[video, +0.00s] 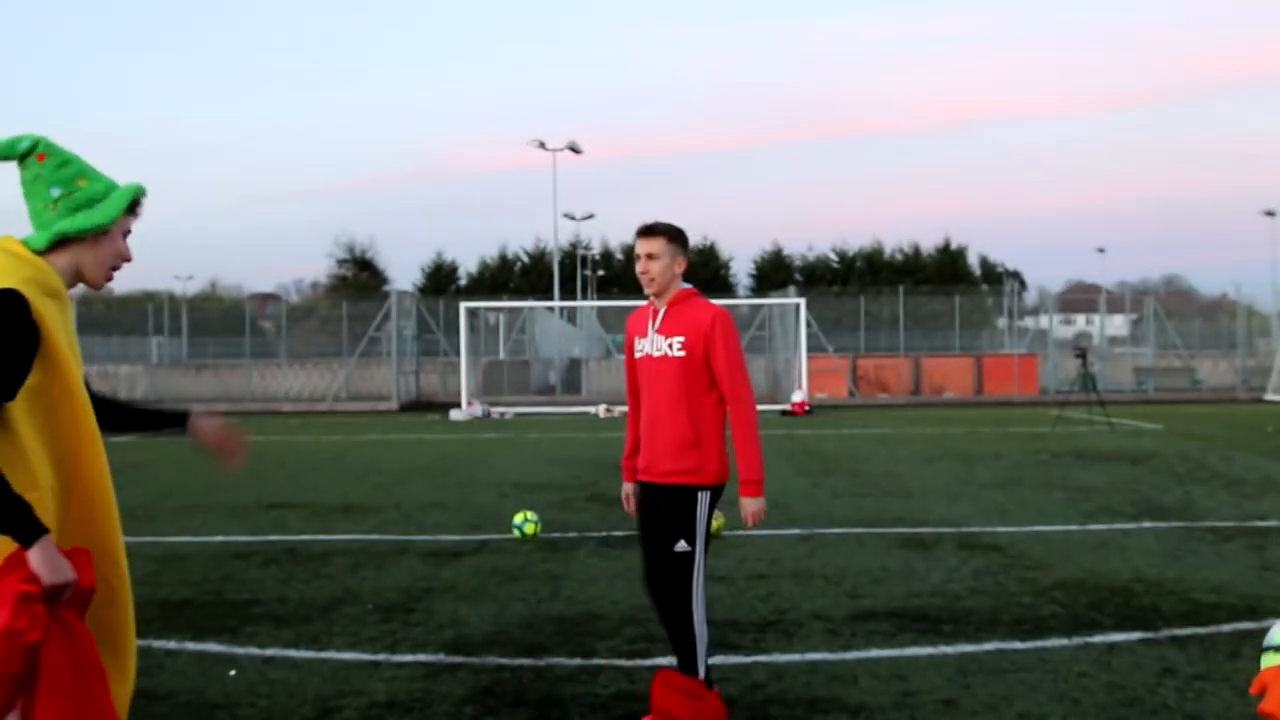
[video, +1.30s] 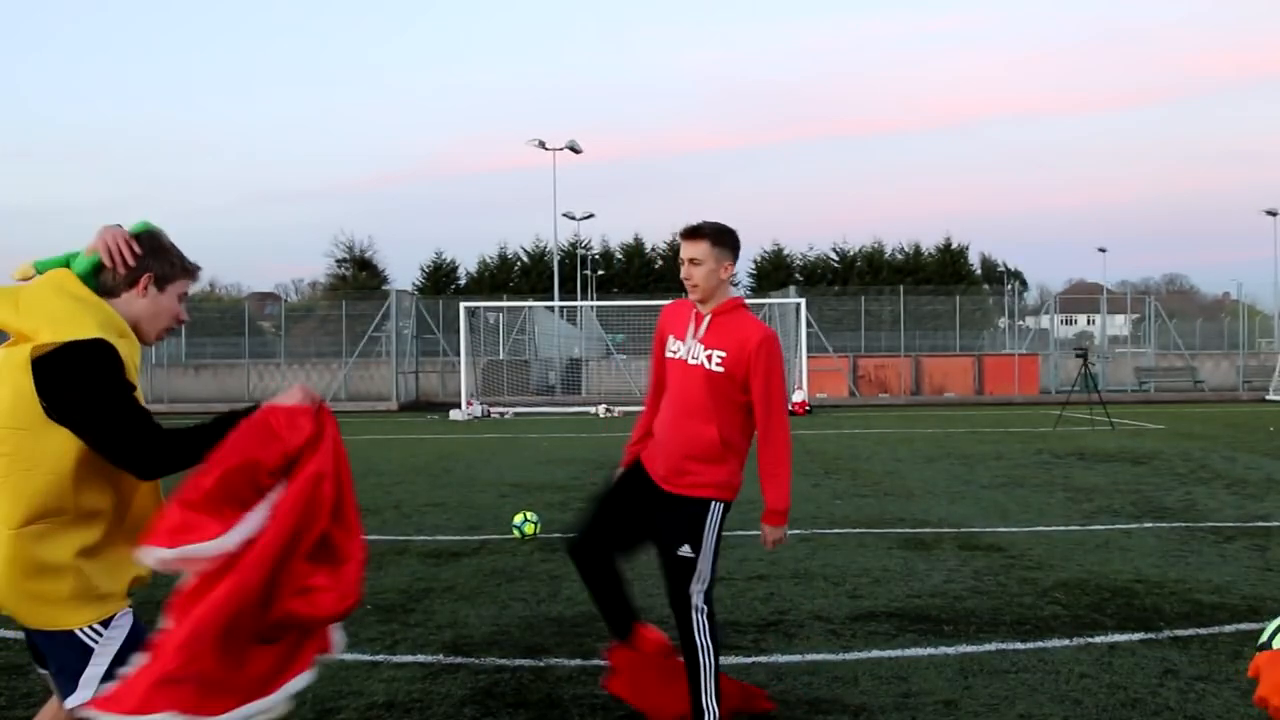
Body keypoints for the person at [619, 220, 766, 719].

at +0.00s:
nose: (643, 268)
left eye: (653, 258)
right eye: (638, 259)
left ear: (681, 263)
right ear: (635, 265)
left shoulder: (711, 319)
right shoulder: (638, 322)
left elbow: (741, 402)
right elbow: (635, 403)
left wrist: (751, 485)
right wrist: (629, 471)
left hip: (695, 475)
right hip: (653, 476)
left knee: (683, 588)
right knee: (659, 584)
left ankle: (698, 691)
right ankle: (693, 683)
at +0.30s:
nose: (628, 271)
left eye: (636, 261)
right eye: (623, 263)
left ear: (664, 263)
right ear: (624, 271)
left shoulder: (703, 310)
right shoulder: (635, 332)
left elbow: (738, 388)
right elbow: (644, 416)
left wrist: (743, 468)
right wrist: (637, 482)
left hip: (706, 449)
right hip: (666, 459)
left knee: (655, 527)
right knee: (684, 566)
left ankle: (693, 634)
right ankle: (702, 694)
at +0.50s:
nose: (631, 267)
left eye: (640, 258)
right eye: (627, 259)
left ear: (667, 262)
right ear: (627, 267)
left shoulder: (706, 310)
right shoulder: (633, 330)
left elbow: (741, 389)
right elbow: (640, 410)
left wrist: (744, 465)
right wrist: (639, 472)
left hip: (707, 438)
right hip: (663, 451)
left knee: (644, 503)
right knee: (681, 555)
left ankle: (719, 587)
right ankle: (701, 659)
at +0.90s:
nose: (651, 272)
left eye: (661, 263)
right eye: (646, 263)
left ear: (688, 265)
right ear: (642, 265)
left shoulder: (718, 316)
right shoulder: (641, 319)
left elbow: (755, 395)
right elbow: (637, 399)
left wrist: (767, 471)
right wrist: (623, 460)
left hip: (714, 438)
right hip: (671, 450)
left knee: (669, 503)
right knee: (682, 569)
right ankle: (702, 670)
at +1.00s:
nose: (653, 270)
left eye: (663, 261)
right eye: (648, 261)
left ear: (691, 263)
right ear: (645, 264)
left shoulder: (723, 315)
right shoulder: (643, 318)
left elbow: (760, 395)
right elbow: (633, 398)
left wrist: (769, 472)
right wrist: (617, 462)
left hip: (714, 450)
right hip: (669, 456)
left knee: (683, 549)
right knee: (679, 563)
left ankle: (739, 677)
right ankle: (702, 672)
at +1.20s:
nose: (674, 265)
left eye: (685, 256)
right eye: (671, 255)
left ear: (714, 264)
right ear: (667, 259)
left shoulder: (740, 327)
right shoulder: (652, 317)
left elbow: (765, 413)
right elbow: (629, 399)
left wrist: (776, 491)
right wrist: (604, 466)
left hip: (713, 484)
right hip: (663, 481)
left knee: (695, 601)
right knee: (659, 589)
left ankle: (710, 710)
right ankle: (704, 687)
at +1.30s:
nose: (685, 272)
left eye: (695, 263)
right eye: (682, 263)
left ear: (726, 267)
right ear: (679, 266)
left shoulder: (756, 338)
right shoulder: (673, 316)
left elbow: (773, 426)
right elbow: (655, 399)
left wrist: (776, 509)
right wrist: (630, 461)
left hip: (702, 492)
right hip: (651, 476)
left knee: (691, 604)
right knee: (588, 546)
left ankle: (708, 710)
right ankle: (636, 642)